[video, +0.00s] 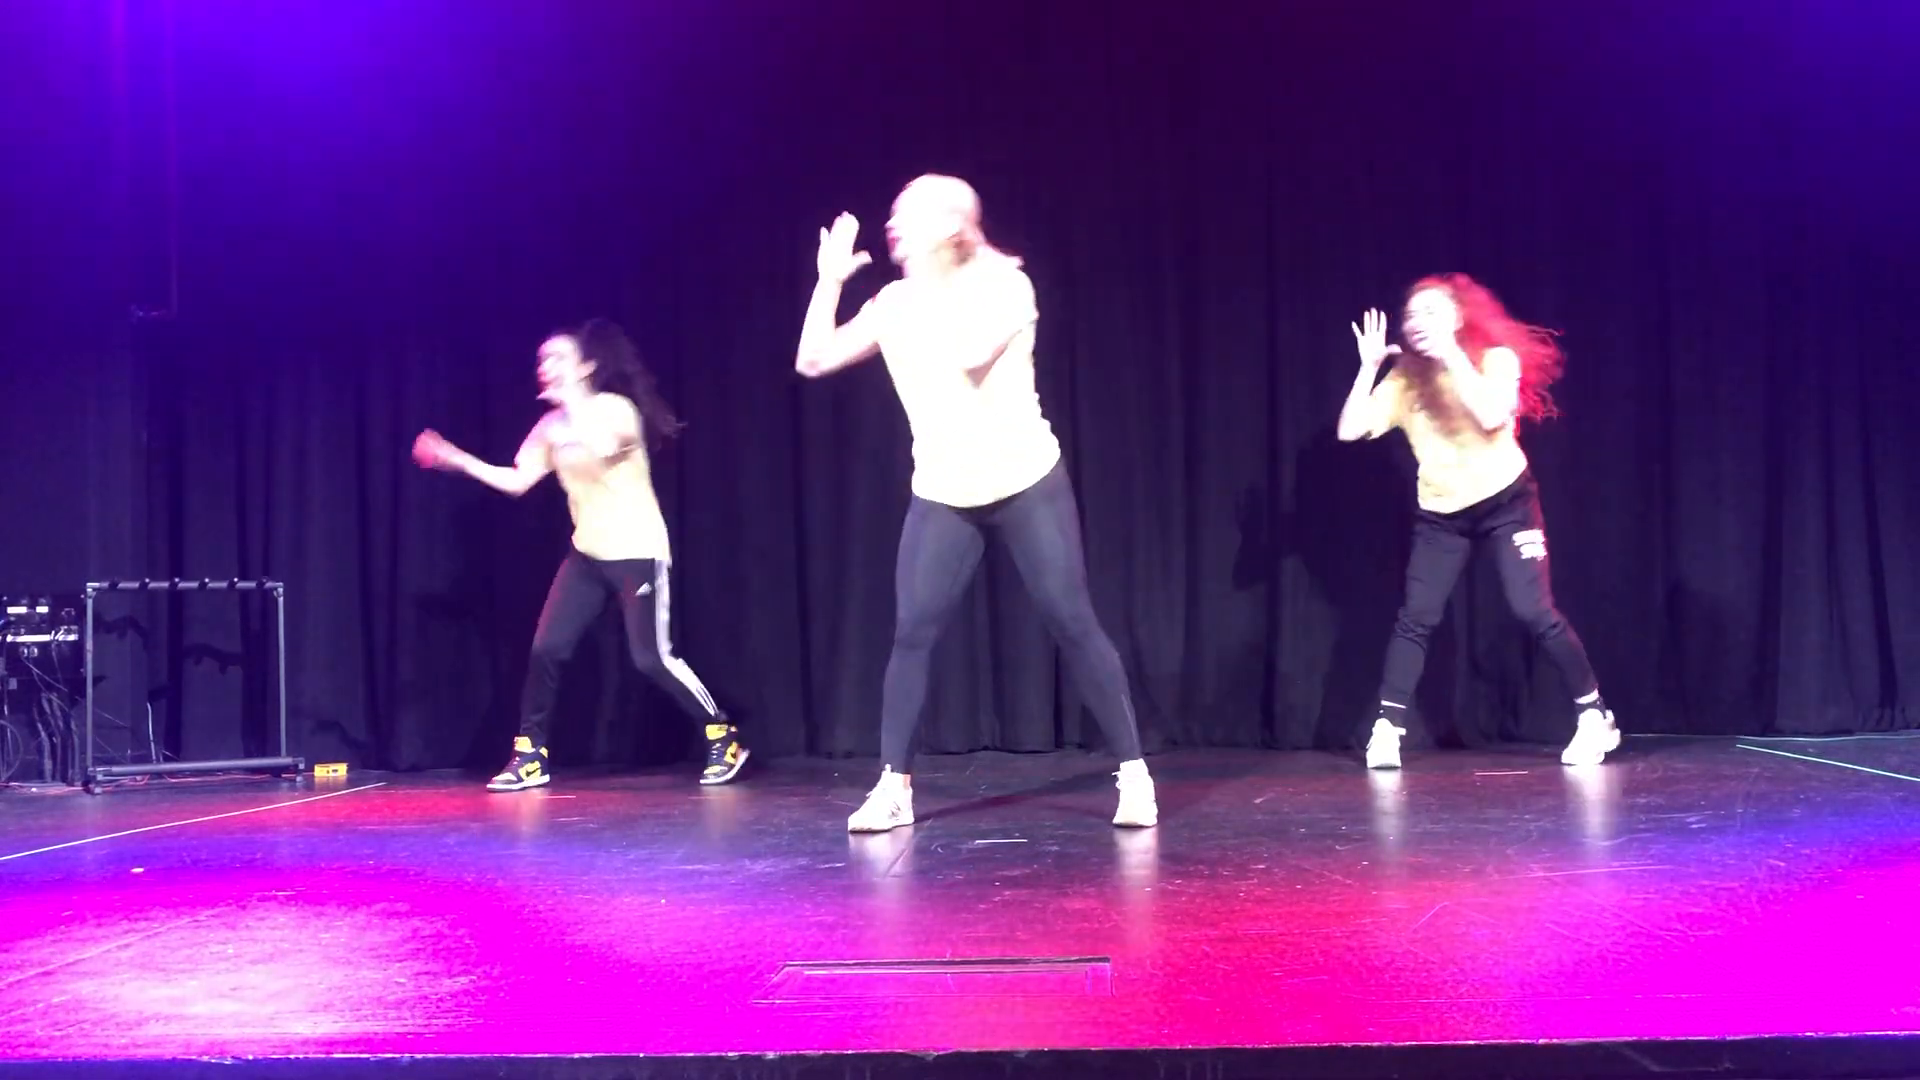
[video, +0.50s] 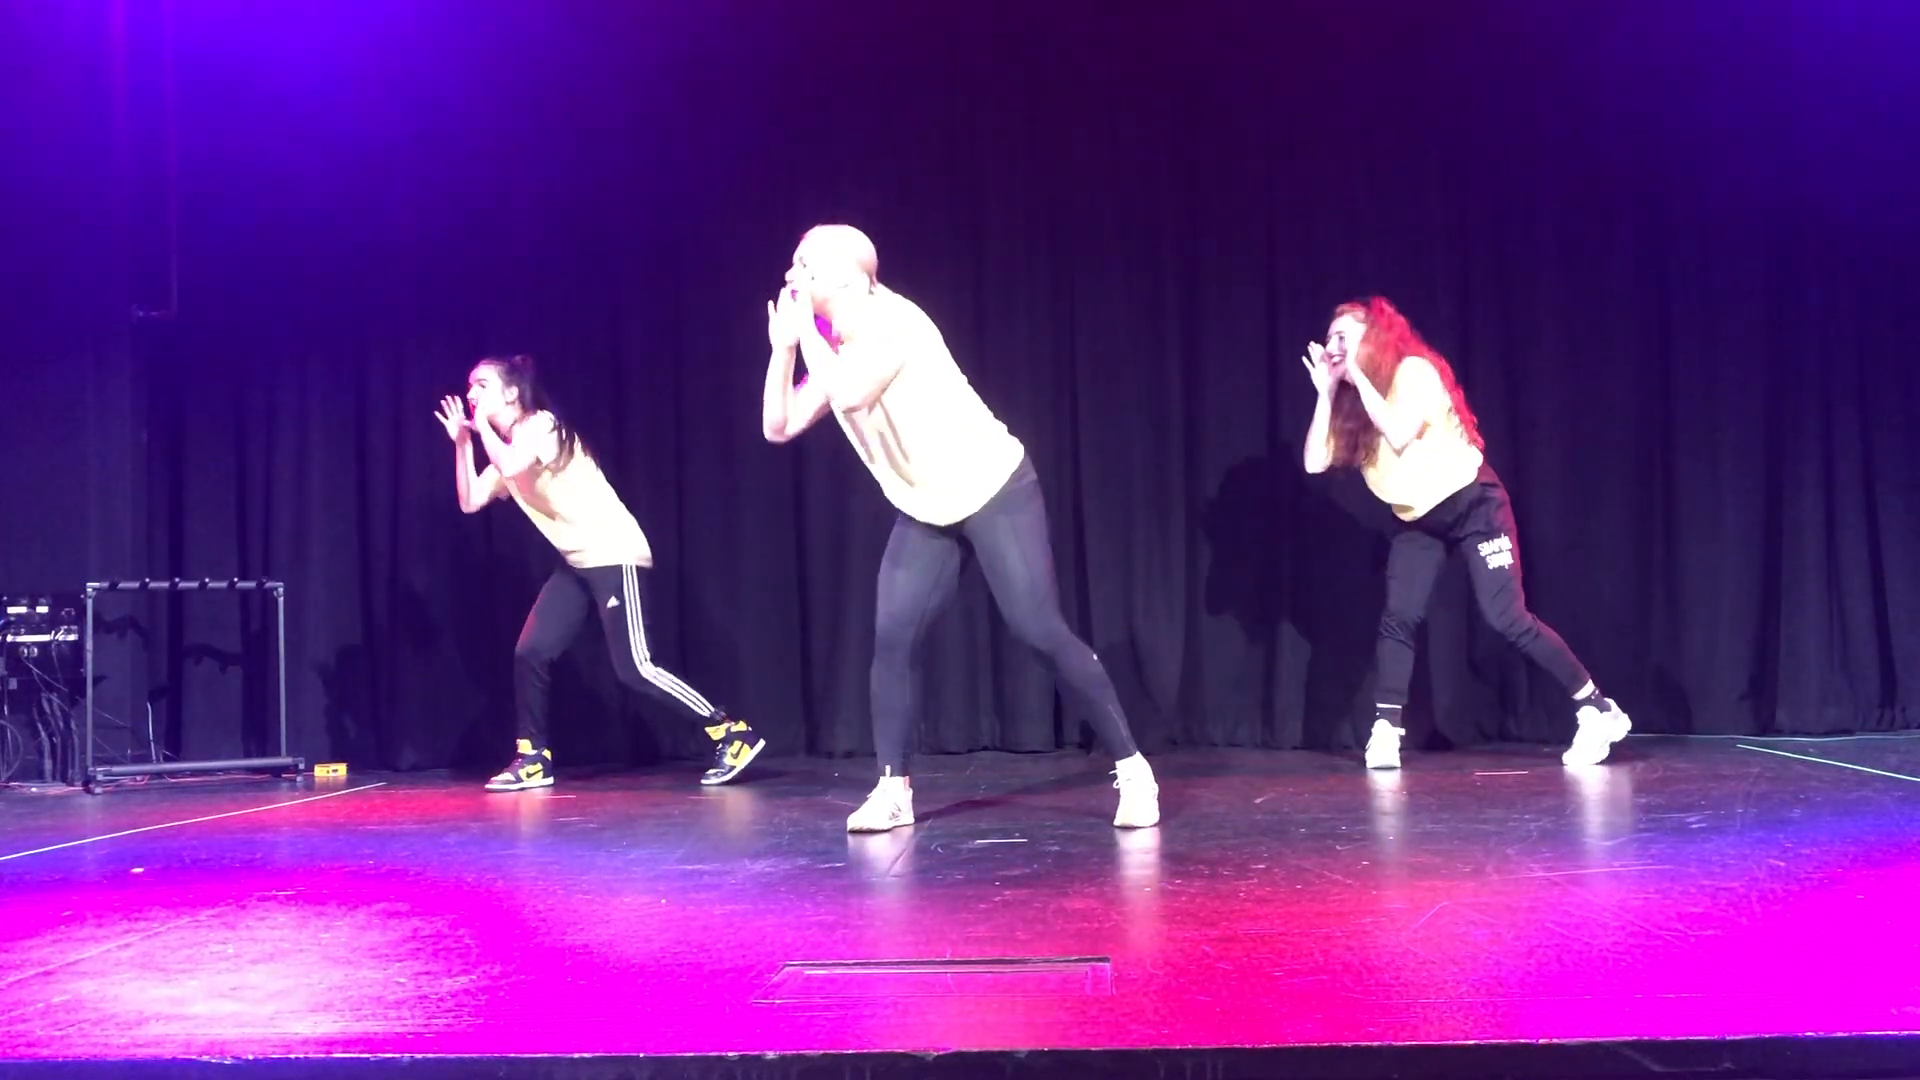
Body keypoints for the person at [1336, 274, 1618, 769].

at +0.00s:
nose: (1419, 324)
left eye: (1430, 313)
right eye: (1413, 316)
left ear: (1460, 317)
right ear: (1407, 328)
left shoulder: (1495, 360)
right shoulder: (1403, 380)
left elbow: (1493, 416)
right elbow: (1349, 429)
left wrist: (1449, 356)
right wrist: (1369, 367)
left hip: (1506, 503)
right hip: (1441, 515)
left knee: (1533, 610)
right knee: (1416, 616)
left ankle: (1596, 718)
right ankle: (1388, 729)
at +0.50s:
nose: (1333, 347)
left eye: (1342, 337)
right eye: (1330, 339)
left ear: (1376, 338)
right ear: (1329, 347)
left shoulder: (1415, 370)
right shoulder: (1350, 400)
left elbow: (1400, 432)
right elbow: (1315, 462)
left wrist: (1355, 377)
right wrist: (1324, 393)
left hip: (1474, 506)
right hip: (1418, 522)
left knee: (1507, 616)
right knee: (1399, 618)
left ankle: (1599, 710)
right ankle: (1387, 730)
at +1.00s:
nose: (1375, 408)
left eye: (1383, 394)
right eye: (1366, 399)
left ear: (1408, 391)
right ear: (1356, 406)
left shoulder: (1449, 415)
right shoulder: (1373, 443)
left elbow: (1473, 486)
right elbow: (1348, 516)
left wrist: (1403, 441)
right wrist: (1358, 454)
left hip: (1493, 523)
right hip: (1427, 532)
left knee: (1530, 616)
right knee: (1406, 624)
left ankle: (1574, 724)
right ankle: (1387, 730)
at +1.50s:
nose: (1570, 420)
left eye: (1577, 410)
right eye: (1561, 408)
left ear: (1589, 412)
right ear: (1536, 409)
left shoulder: (1575, 455)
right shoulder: (1495, 442)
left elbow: (1606, 516)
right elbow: (1488, 517)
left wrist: (1591, 461)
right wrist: (1543, 457)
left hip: (1494, 536)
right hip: (1431, 520)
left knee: (1537, 620)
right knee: (1421, 612)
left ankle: (1575, 727)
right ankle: (1386, 730)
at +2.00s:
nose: (1638, 346)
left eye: (1638, 337)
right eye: (1626, 339)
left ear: (1638, 345)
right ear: (1596, 350)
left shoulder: (1613, 396)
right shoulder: (1565, 388)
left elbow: (1643, 462)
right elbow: (1601, 451)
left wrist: (1646, 393)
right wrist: (1631, 388)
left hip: (1523, 519)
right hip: (1465, 507)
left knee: (1553, 614)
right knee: (1428, 617)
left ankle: (1577, 727)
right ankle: (1380, 728)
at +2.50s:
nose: (1550, 310)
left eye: (1557, 301)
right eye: (1537, 302)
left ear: (1567, 310)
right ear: (1511, 312)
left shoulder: (1560, 372)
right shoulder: (1490, 369)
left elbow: (1556, 459)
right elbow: (1492, 453)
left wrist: (1608, 511)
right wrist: (1522, 510)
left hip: (1537, 508)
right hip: (1476, 508)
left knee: (1571, 615)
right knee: (1447, 622)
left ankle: (1578, 725)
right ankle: (1392, 728)